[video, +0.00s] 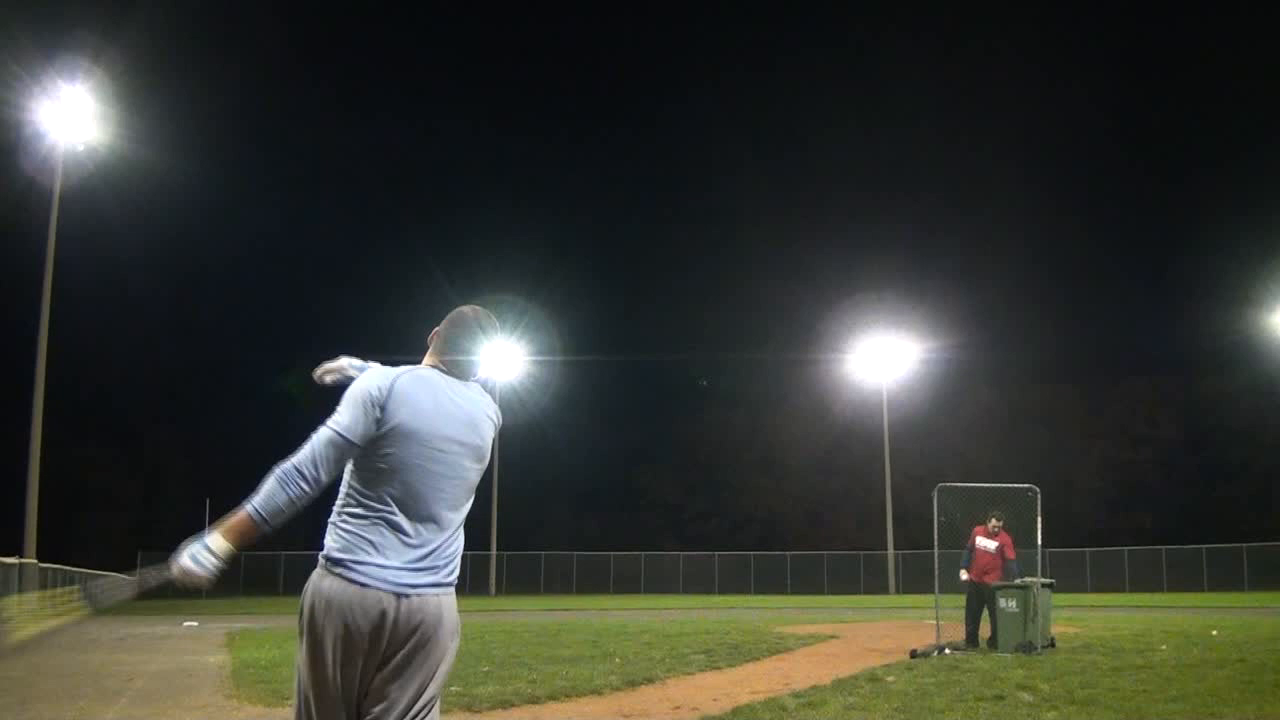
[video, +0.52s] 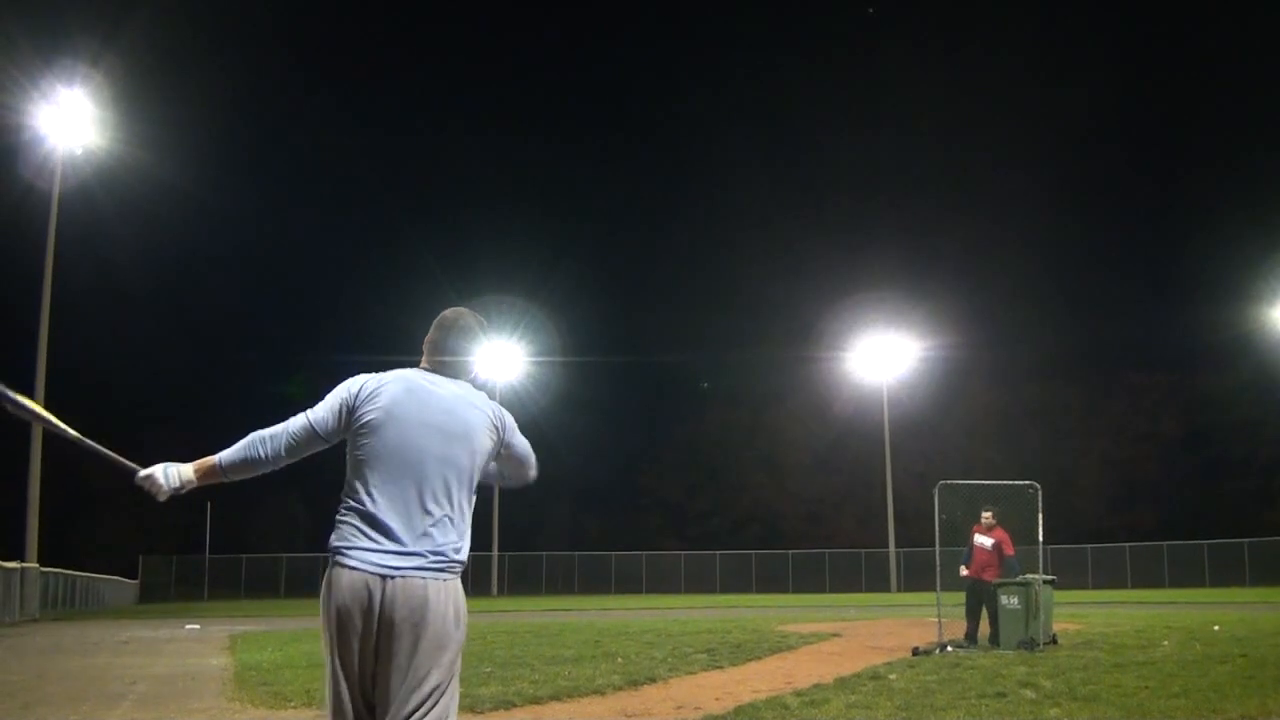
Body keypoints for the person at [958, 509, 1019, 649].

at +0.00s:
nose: (996, 530)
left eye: (998, 527)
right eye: (993, 526)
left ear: (1002, 526)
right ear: (987, 523)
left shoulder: (1005, 539)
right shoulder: (977, 532)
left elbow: (1011, 561)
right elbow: (968, 550)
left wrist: (1015, 579)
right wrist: (963, 568)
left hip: (994, 583)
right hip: (975, 582)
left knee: (996, 615)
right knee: (972, 614)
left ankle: (995, 640)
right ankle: (971, 640)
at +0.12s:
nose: (994, 529)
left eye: (996, 526)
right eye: (991, 525)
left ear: (1000, 525)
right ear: (985, 522)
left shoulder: (1003, 539)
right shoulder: (977, 531)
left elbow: (1010, 561)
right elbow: (967, 549)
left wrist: (1015, 580)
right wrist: (963, 567)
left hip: (992, 583)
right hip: (974, 580)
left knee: (994, 614)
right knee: (971, 612)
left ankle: (993, 640)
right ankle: (971, 640)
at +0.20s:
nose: (993, 529)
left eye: (996, 526)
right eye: (991, 525)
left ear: (1000, 525)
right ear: (986, 522)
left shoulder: (1004, 539)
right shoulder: (977, 531)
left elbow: (1010, 562)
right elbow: (968, 549)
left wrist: (1015, 580)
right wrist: (963, 567)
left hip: (993, 583)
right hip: (975, 580)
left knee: (995, 615)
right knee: (972, 613)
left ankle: (994, 641)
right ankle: (972, 641)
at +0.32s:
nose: (989, 525)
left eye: (993, 523)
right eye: (987, 522)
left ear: (998, 523)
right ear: (984, 520)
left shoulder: (1003, 538)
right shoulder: (977, 530)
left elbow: (1010, 561)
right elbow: (969, 548)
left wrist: (1015, 580)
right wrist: (963, 566)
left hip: (992, 582)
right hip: (975, 580)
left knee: (994, 613)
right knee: (973, 612)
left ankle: (994, 640)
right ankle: (973, 639)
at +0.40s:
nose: (988, 523)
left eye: (991, 521)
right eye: (986, 520)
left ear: (997, 521)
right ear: (983, 519)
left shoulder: (1003, 536)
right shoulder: (977, 529)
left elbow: (1011, 560)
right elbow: (969, 548)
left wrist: (1017, 579)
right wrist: (963, 565)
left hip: (992, 581)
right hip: (975, 579)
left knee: (994, 613)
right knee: (973, 611)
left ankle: (994, 640)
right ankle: (974, 639)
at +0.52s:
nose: (984, 521)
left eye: (987, 518)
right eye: (982, 518)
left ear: (994, 519)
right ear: (980, 518)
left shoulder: (1001, 536)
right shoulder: (977, 529)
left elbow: (1010, 558)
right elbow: (970, 548)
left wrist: (1017, 576)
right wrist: (963, 564)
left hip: (991, 581)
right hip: (974, 578)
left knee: (993, 613)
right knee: (972, 611)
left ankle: (995, 640)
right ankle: (970, 639)